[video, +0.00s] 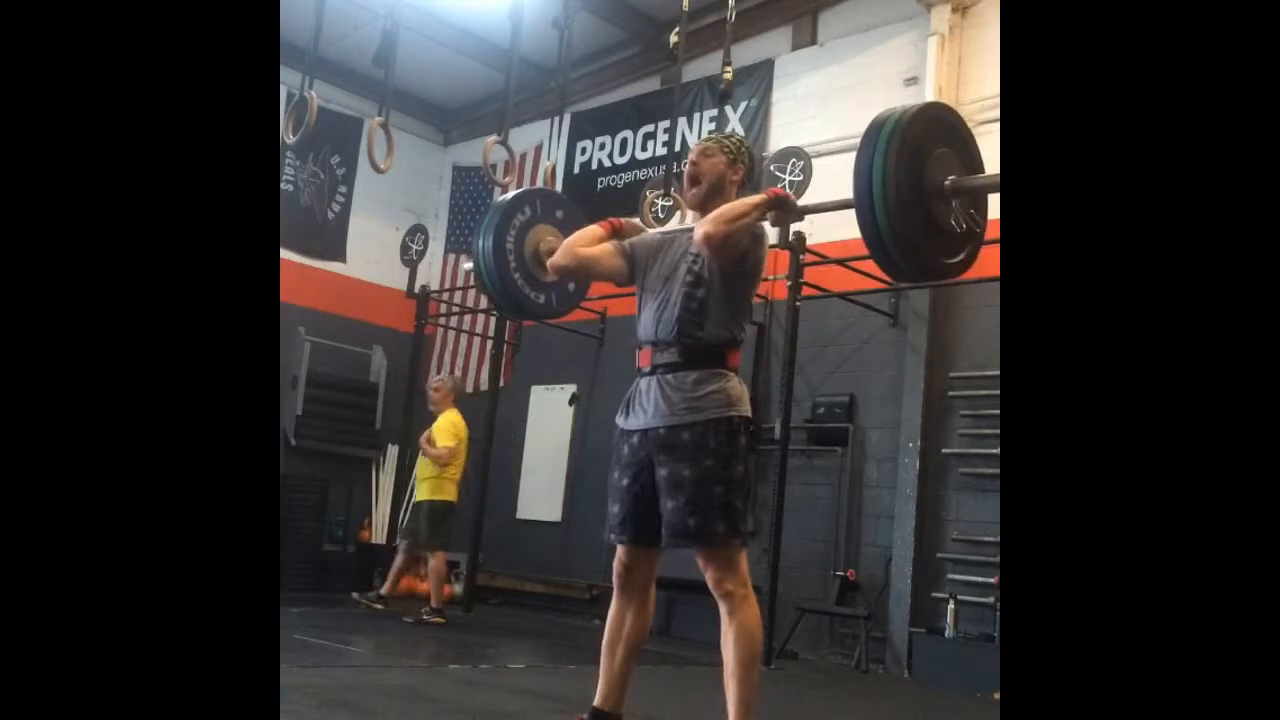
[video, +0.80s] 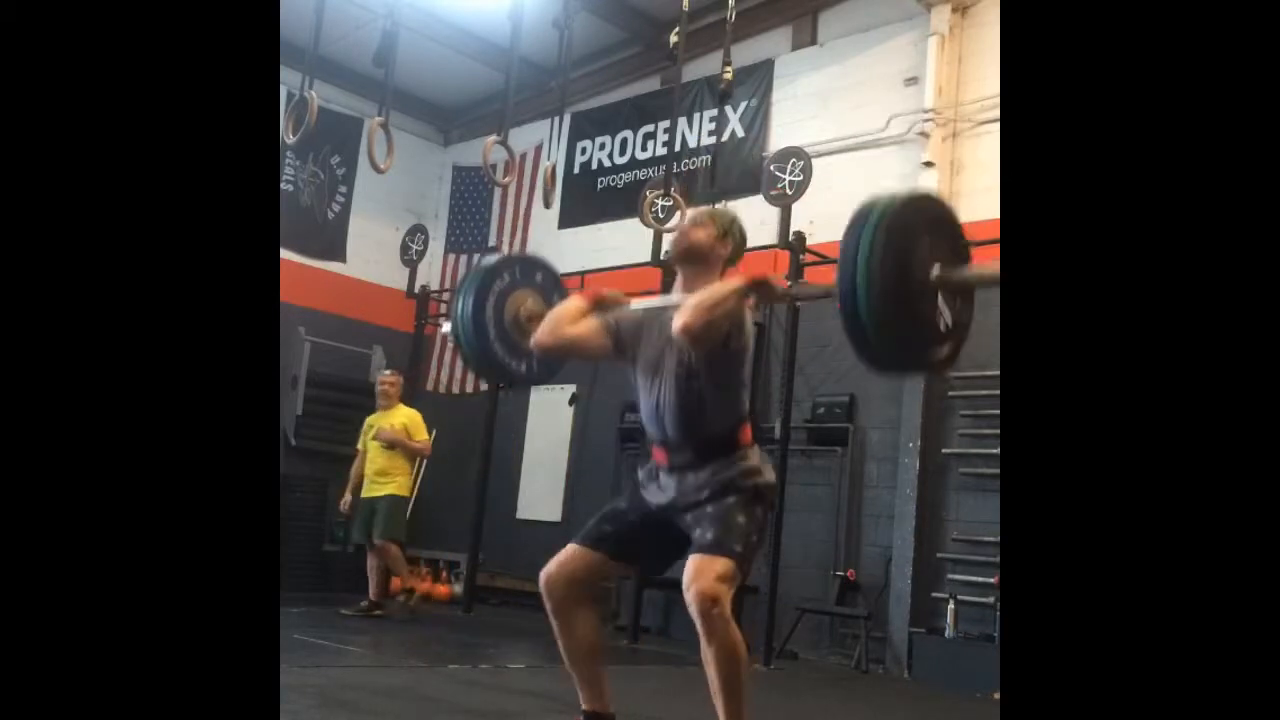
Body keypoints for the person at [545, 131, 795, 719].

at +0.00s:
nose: (691, 164)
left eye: (706, 156)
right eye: (690, 156)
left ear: (737, 173)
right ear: (682, 173)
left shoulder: (741, 237)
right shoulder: (657, 242)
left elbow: (708, 232)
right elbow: (562, 260)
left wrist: (765, 202)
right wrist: (612, 225)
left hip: (707, 417)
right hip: (641, 416)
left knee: (726, 580)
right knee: (629, 575)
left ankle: (739, 714)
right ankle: (605, 708)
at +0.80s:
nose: (680, 222)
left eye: (698, 220)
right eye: (681, 218)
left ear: (724, 248)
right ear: (672, 246)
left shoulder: (728, 307)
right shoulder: (641, 321)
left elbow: (686, 324)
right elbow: (545, 337)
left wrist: (740, 284)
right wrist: (590, 300)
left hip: (730, 485)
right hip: (663, 488)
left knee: (705, 594)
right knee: (561, 581)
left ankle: (732, 716)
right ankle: (595, 710)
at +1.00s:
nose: (671, 302)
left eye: (690, 298)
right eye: (671, 298)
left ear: (716, 323)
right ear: (661, 320)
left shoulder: (722, 389)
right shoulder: (632, 395)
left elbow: (676, 425)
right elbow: (538, 429)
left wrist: (731, 372)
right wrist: (577, 377)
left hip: (732, 547)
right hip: (657, 550)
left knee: (696, 601)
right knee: (546, 589)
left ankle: (727, 717)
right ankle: (595, 712)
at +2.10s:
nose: (686, 202)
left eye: (702, 202)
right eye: (684, 200)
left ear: (724, 232)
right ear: (670, 229)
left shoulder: (729, 294)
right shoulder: (639, 303)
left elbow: (712, 365)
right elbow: (568, 378)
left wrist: (743, 294)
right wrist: (575, 312)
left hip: (726, 459)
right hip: (657, 456)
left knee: (691, 580)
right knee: (573, 574)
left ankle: (725, 715)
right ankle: (596, 710)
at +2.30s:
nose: (715, 165)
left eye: (729, 158)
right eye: (710, 158)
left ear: (753, 177)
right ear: (700, 175)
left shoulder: (754, 228)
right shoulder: (669, 235)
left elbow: (739, 259)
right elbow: (579, 273)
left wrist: (763, 184)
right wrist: (592, 211)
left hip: (707, 402)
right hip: (643, 399)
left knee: (717, 561)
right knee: (614, 550)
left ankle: (736, 710)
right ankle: (592, 698)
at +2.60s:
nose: (695, 165)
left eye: (712, 159)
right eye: (693, 161)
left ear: (742, 179)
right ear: (684, 183)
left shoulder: (749, 235)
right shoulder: (651, 236)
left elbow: (800, 162)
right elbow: (592, 189)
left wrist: (800, 88)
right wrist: (620, 124)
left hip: (694, 416)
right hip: (628, 415)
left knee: (710, 578)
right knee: (617, 570)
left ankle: (734, 715)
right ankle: (602, 709)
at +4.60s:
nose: (696, 164)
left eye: (710, 156)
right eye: (690, 157)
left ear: (736, 170)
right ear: (680, 172)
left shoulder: (757, 219)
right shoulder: (670, 221)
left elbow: (786, 126)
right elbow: (649, 145)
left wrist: (813, 35)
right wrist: (646, 76)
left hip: (724, 409)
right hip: (658, 406)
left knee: (728, 579)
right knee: (635, 569)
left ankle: (739, 713)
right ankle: (604, 708)